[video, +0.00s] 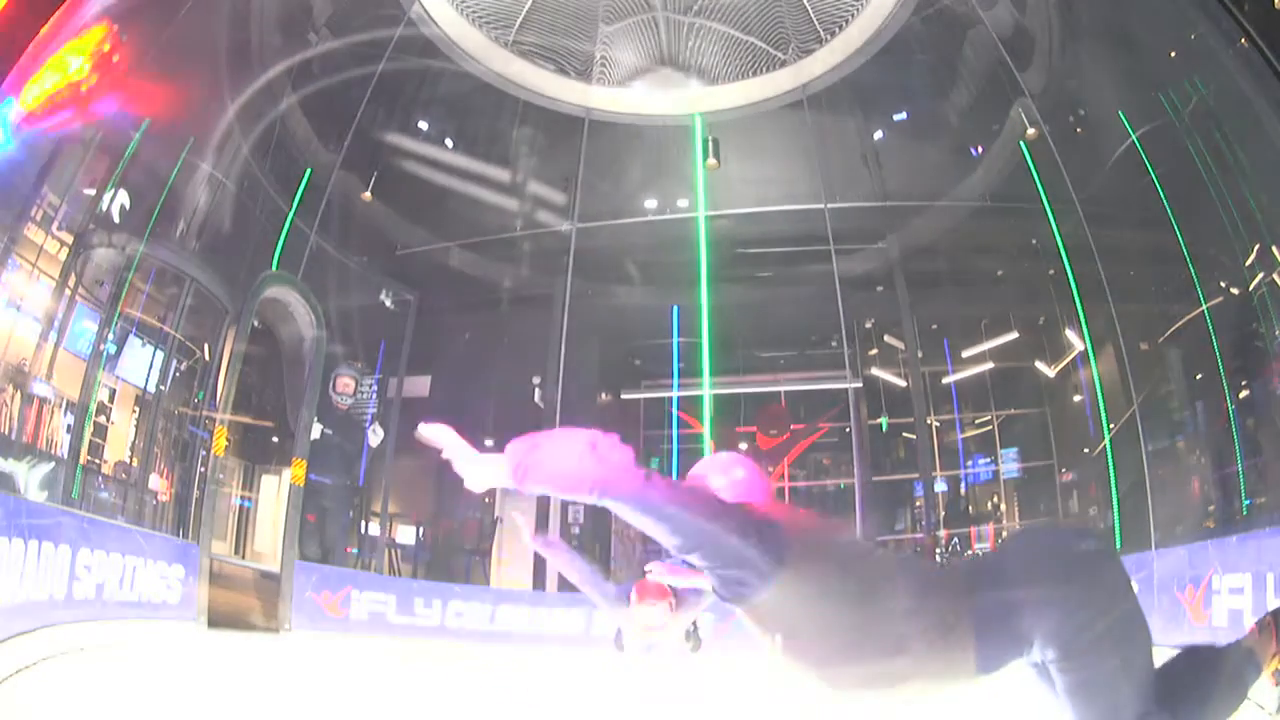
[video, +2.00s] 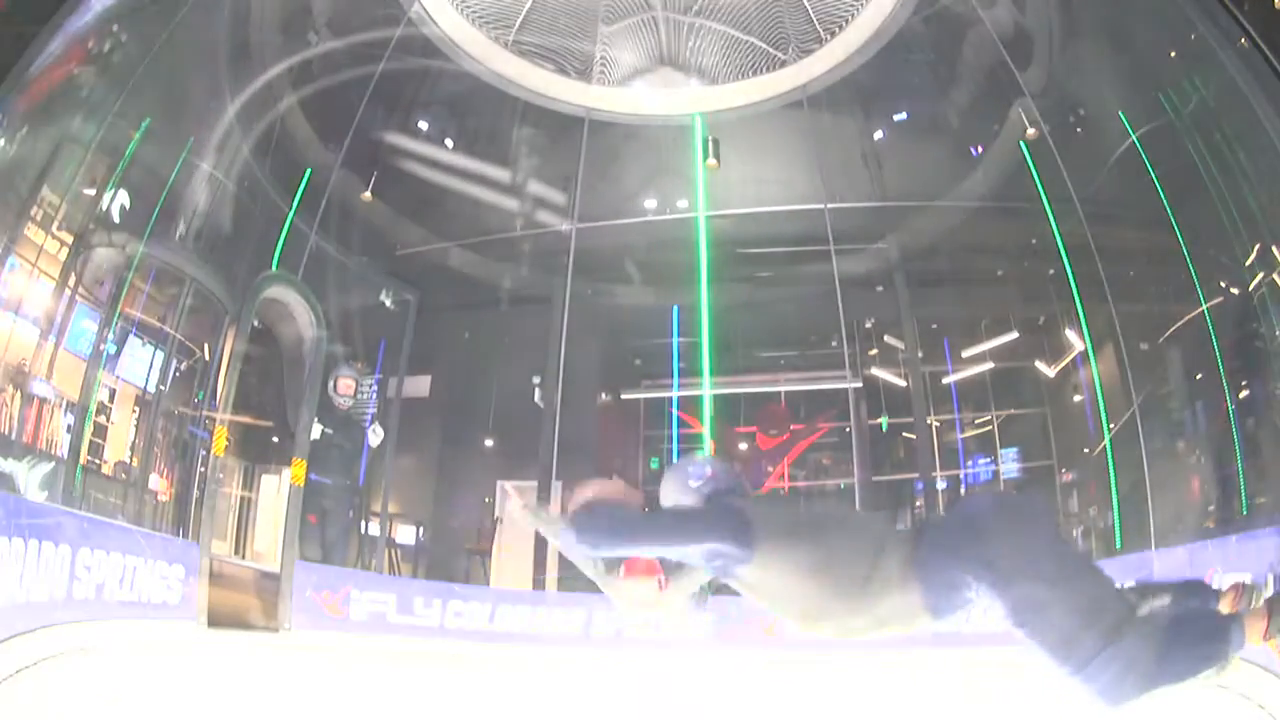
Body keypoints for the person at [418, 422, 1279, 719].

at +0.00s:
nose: (675, 563)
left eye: (681, 540)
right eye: (673, 551)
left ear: (717, 520)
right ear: (730, 516)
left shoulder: (767, 553)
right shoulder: (749, 589)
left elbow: (621, 483)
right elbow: (608, 591)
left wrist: (492, 464)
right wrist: (532, 530)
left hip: (1055, 590)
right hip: (1028, 599)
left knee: (1134, 711)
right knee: (1129, 701)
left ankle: (1261, 646)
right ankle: (1256, 645)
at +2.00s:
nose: (667, 541)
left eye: (670, 524)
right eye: (669, 525)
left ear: (697, 509)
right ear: (722, 493)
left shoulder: (734, 528)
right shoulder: (749, 531)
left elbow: (612, 541)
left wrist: (546, 517)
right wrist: (574, 518)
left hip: (978, 551)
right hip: (978, 546)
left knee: (1112, 671)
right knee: (1111, 633)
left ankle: (1235, 625)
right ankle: (1224, 606)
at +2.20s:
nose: (687, 516)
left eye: (688, 501)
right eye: (686, 501)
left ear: (718, 488)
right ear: (735, 477)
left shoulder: (763, 518)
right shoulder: (783, 516)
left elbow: (646, 522)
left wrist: (561, 513)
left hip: (997, 543)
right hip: (992, 533)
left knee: (1120, 669)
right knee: (1115, 614)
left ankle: (1248, 622)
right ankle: (1226, 600)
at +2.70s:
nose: (676, 483)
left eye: (683, 472)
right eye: (679, 471)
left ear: (711, 473)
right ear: (730, 469)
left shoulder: (746, 517)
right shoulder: (747, 512)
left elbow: (628, 551)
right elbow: (642, 548)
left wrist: (501, 580)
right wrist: (539, 556)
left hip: (1014, 529)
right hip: (995, 534)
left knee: (1125, 648)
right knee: (1116, 614)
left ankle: (1236, 615)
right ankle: (1222, 601)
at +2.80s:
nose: (655, 566)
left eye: (661, 546)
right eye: (649, 551)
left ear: (696, 517)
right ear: (709, 496)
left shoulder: (757, 519)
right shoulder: (754, 518)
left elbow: (621, 535)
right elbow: (636, 526)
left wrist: (468, 557)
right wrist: (539, 518)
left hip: (1025, 530)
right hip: (1006, 540)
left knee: (1139, 653)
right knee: (1131, 607)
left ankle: (1245, 616)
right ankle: (1233, 603)